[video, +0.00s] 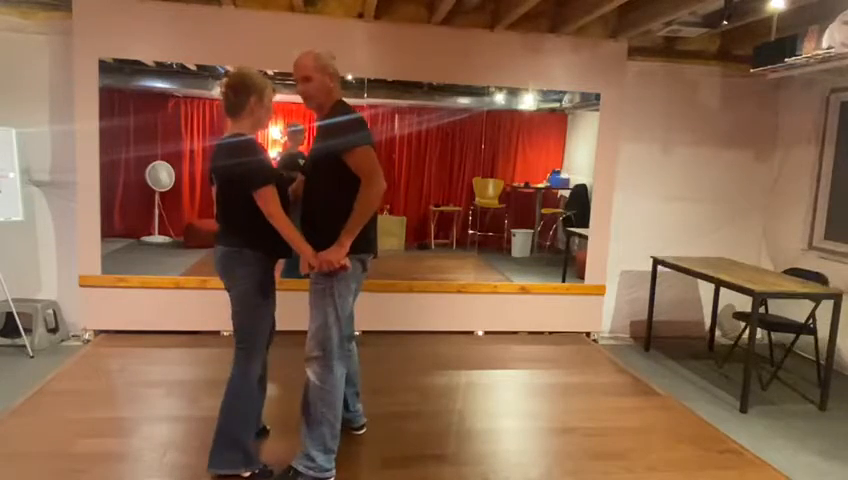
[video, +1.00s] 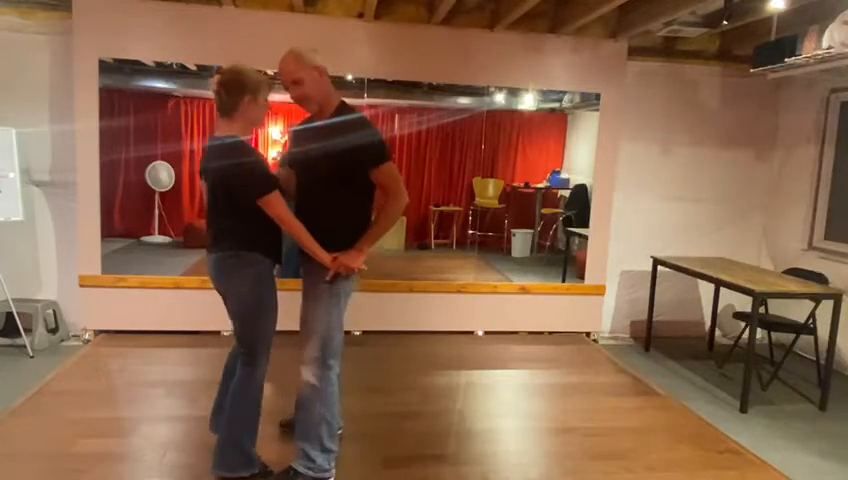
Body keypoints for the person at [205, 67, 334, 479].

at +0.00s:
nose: (271, 111)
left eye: (271, 104)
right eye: (269, 103)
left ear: (233, 104)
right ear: (254, 103)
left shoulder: (225, 149)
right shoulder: (248, 150)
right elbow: (272, 210)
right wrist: (306, 249)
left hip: (236, 253)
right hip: (250, 258)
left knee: (258, 343)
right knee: (250, 353)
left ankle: (249, 424)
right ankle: (230, 459)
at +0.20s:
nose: (271, 112)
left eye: (270, 105)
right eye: (269, 104)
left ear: (233, 103)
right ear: (255, 104)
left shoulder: (227, 148)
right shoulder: (244, 152)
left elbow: (250, 206)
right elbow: (271, 214)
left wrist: (288, 189)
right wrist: (309, 257)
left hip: (238, 259)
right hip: (246, 264)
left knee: (256, 354)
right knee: (252, 359)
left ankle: (250, 431)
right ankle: (232, 461)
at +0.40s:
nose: (271, 113)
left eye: (271, 105)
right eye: (269, 104)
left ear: (232, 102)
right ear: (255, 103)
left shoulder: (224, 150)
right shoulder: (244, 154)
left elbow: (247, 210)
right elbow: (274, 219)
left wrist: (288, 191)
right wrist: (314, 266)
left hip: (234, 262)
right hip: (245, 268)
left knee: (255, 355)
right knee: (252, 362)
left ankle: (251, 431)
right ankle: (232, 462)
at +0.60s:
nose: (273, 115)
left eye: (273, 107)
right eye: (271, 107)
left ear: (230, 106)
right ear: (255, 108)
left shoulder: (219, 154)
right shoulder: (248, 161)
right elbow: (279, 226)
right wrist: (320, 270)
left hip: (228, 266)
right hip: (247, 271)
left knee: (253, 356)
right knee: (249, 364)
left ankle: (252, 432)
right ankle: (231, 463)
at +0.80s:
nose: (272, 116)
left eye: (272, 108)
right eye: (270, 108)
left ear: (229, 107)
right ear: (257, 109)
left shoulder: (216, 155)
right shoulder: (250, 163)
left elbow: (205, 210)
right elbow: (283, 226)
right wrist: (325, 267)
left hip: (226, 266)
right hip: (249, 272)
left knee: (249, 359)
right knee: (251, 365)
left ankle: (234, 452)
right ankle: (234, 463)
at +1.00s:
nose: (267, 109)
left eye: (267, 101)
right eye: (263, 101)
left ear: (223, 103)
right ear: (244, 104)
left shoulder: (215, 150)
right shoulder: (243, 157)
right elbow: (284, 219)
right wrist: (325, 258)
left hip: (226, 261)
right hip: (249, 266)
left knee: (247, 345)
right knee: (255, 357)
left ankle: (223, 422)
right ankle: (235, 459)